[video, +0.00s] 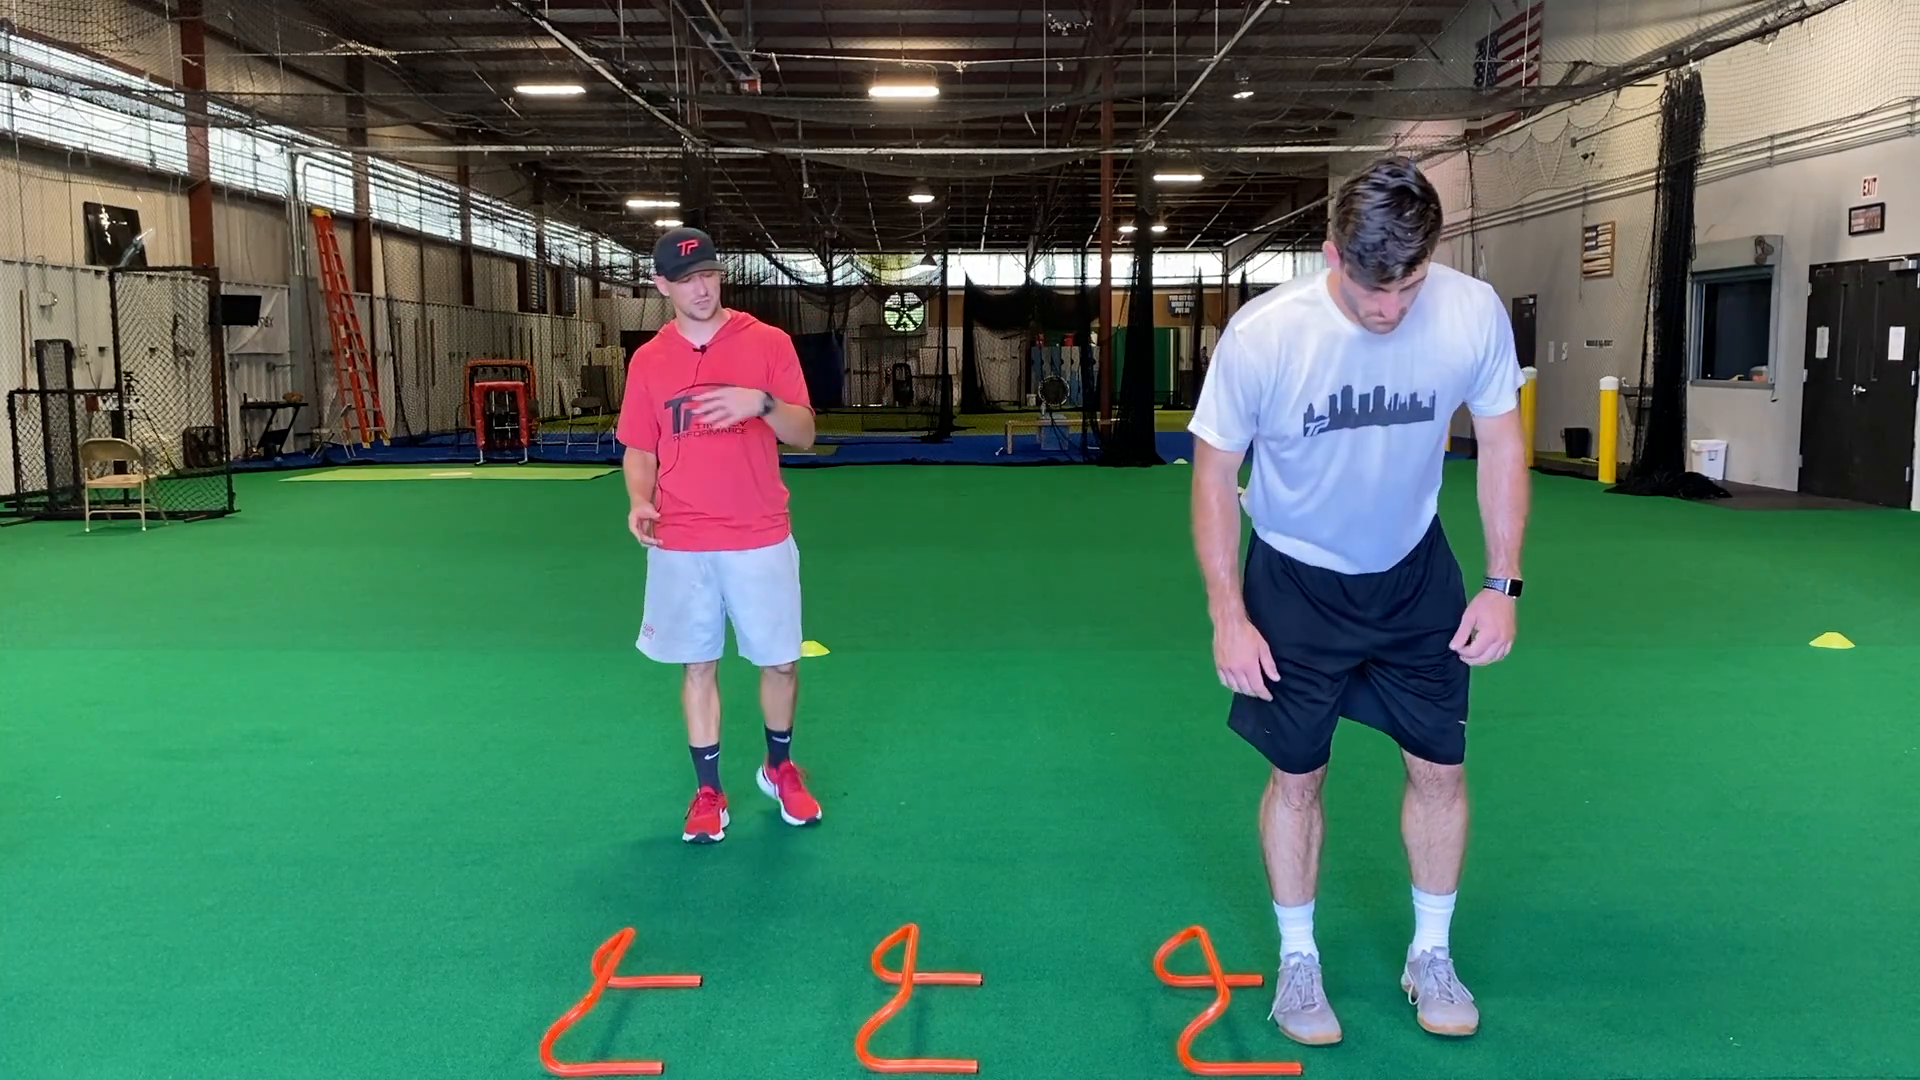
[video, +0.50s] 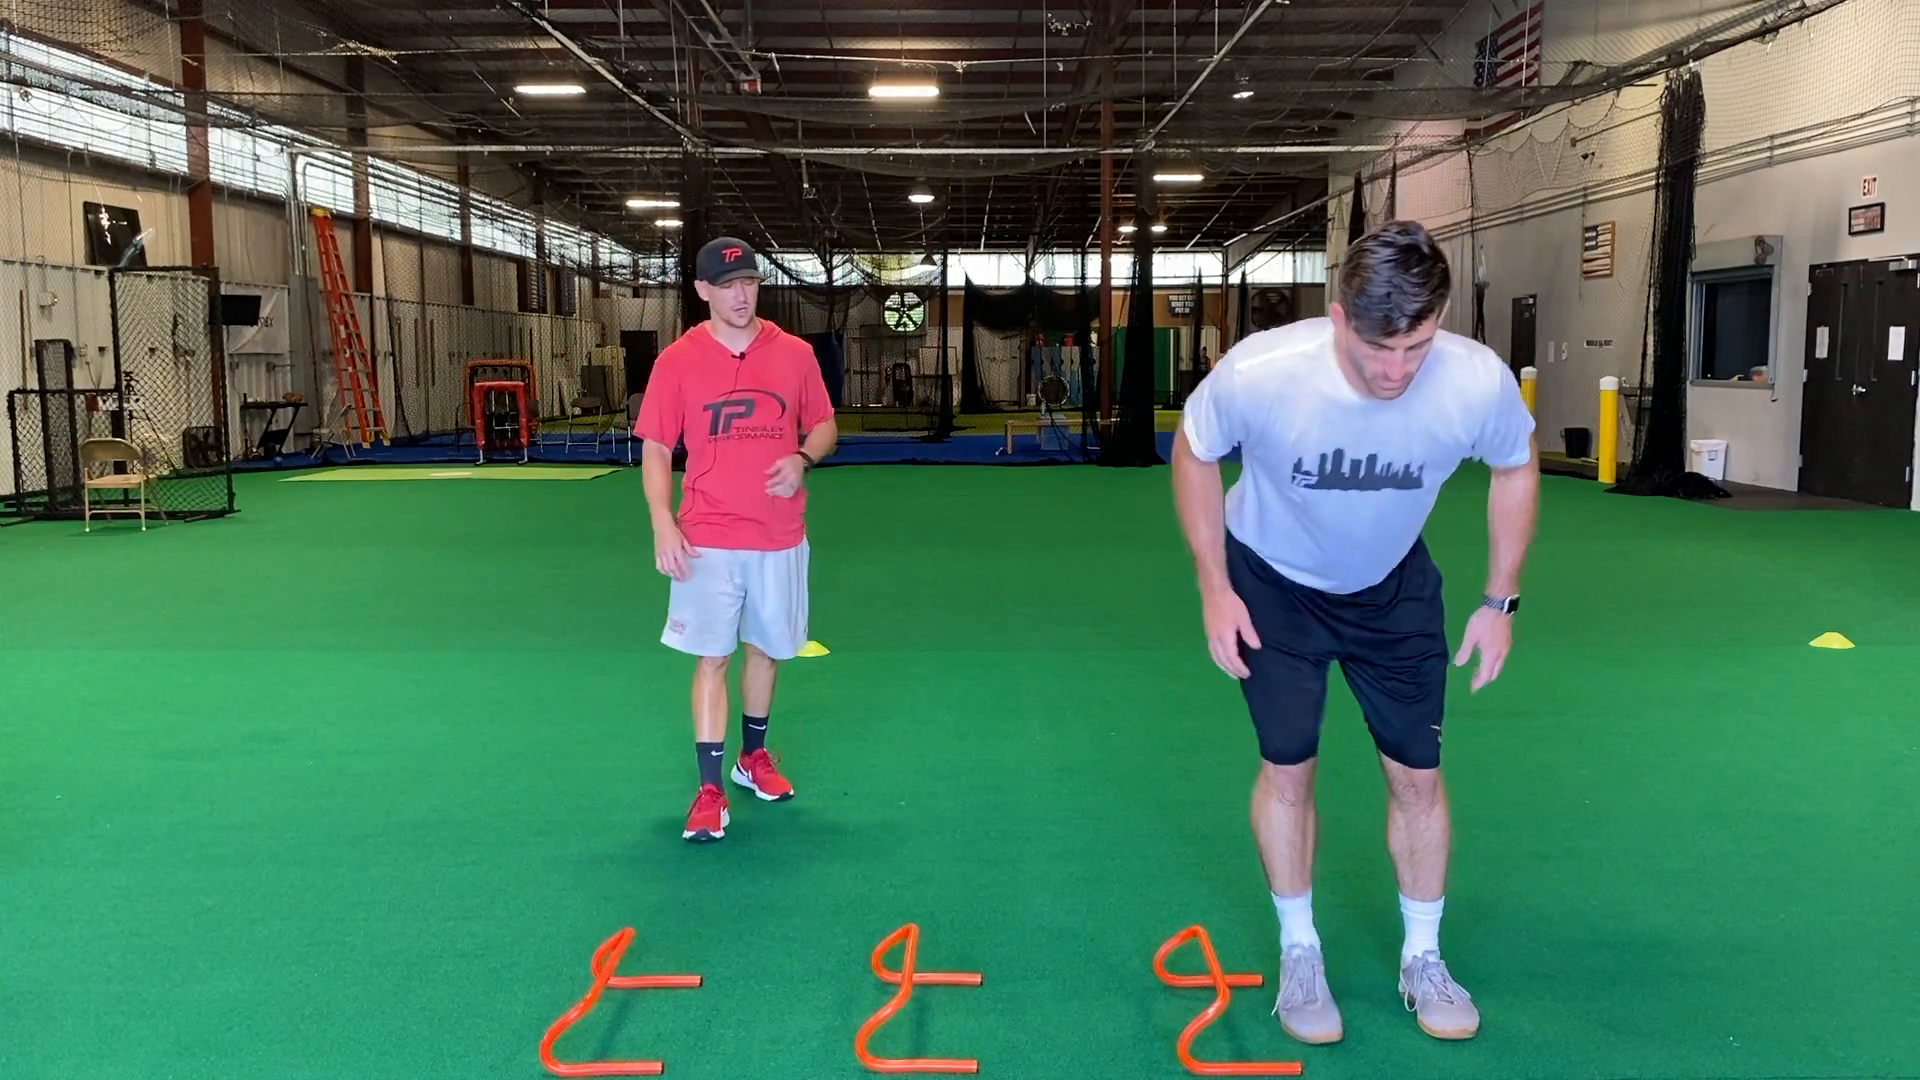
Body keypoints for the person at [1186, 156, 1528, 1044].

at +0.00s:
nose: (1389, 309)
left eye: (1405, 288)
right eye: (1371, 289)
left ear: (1427, 259)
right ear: (1333, 258)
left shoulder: (1472, 314)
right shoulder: (1260, 338)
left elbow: (1501, 446)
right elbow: (1214, 472)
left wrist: (1503, 581)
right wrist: (1228, 615)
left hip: (1415, 574)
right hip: (1296, 579)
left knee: (1441, 761)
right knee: (1297, 772)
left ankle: (1432, 955)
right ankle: (1298, 961)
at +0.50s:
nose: (1396, 367)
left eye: (1414, 347)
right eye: (1377, 347)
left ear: (1436, 322)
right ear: (1338, 318)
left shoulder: (1476, 381)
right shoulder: (1257, 374)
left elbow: (1517, 467)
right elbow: (1192, 449)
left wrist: (1499, 598)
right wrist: (1214, 586)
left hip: (1394, 581)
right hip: (1275, 580)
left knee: (1418, 769)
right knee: (1288, 763)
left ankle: (1424, 958)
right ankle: (1300, 952)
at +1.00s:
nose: (1073, 296)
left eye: (1090, 276)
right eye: (1056, 278)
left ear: (1123, 251)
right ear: (1027, 260)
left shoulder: (1181, 324)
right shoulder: (978, 334)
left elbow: (1262, 347)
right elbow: (948, 408)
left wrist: (1224, 476)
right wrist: (978, 498)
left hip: (1159, 546)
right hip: (1042, 565)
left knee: (1205, 714)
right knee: (1041, 753)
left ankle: (1180, 814)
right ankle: (1048, 935)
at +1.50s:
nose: (719, 304)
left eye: (737, 282)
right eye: (702, 285)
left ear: (783, 263)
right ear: (683, 276)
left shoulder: (860, 351)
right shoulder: (658, 333)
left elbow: (939, 423)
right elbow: (659, 403)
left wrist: (874, 540)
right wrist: (664, 507)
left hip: (826, 556)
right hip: (716, 551)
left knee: (810, 737)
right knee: (681, 722)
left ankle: (804, 928)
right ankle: (738, 870)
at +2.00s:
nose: (434, 378)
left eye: (448, 357)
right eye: (417, 360)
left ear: (495, 336)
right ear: (401, 351)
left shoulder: (589, 400)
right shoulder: (391, 413)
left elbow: (719, 431)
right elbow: (402, 495)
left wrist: (714, 567)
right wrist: (401, 578)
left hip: (608, 584)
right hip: (496, 611)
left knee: (588, 742)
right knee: (472, 795)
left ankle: (656, 773)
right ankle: (487, 963)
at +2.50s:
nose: (391, 406)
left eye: (407, 383)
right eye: (374, 388)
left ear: (455, 360)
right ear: (357, 380)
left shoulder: (542, 446)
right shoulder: (375, 405)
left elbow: (586, 600)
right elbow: (445, 495)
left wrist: (432, 591)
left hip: (586, 597)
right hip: (470, 588)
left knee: (537, 793)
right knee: (457, 775)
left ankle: (494, 750)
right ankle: (477, 960)